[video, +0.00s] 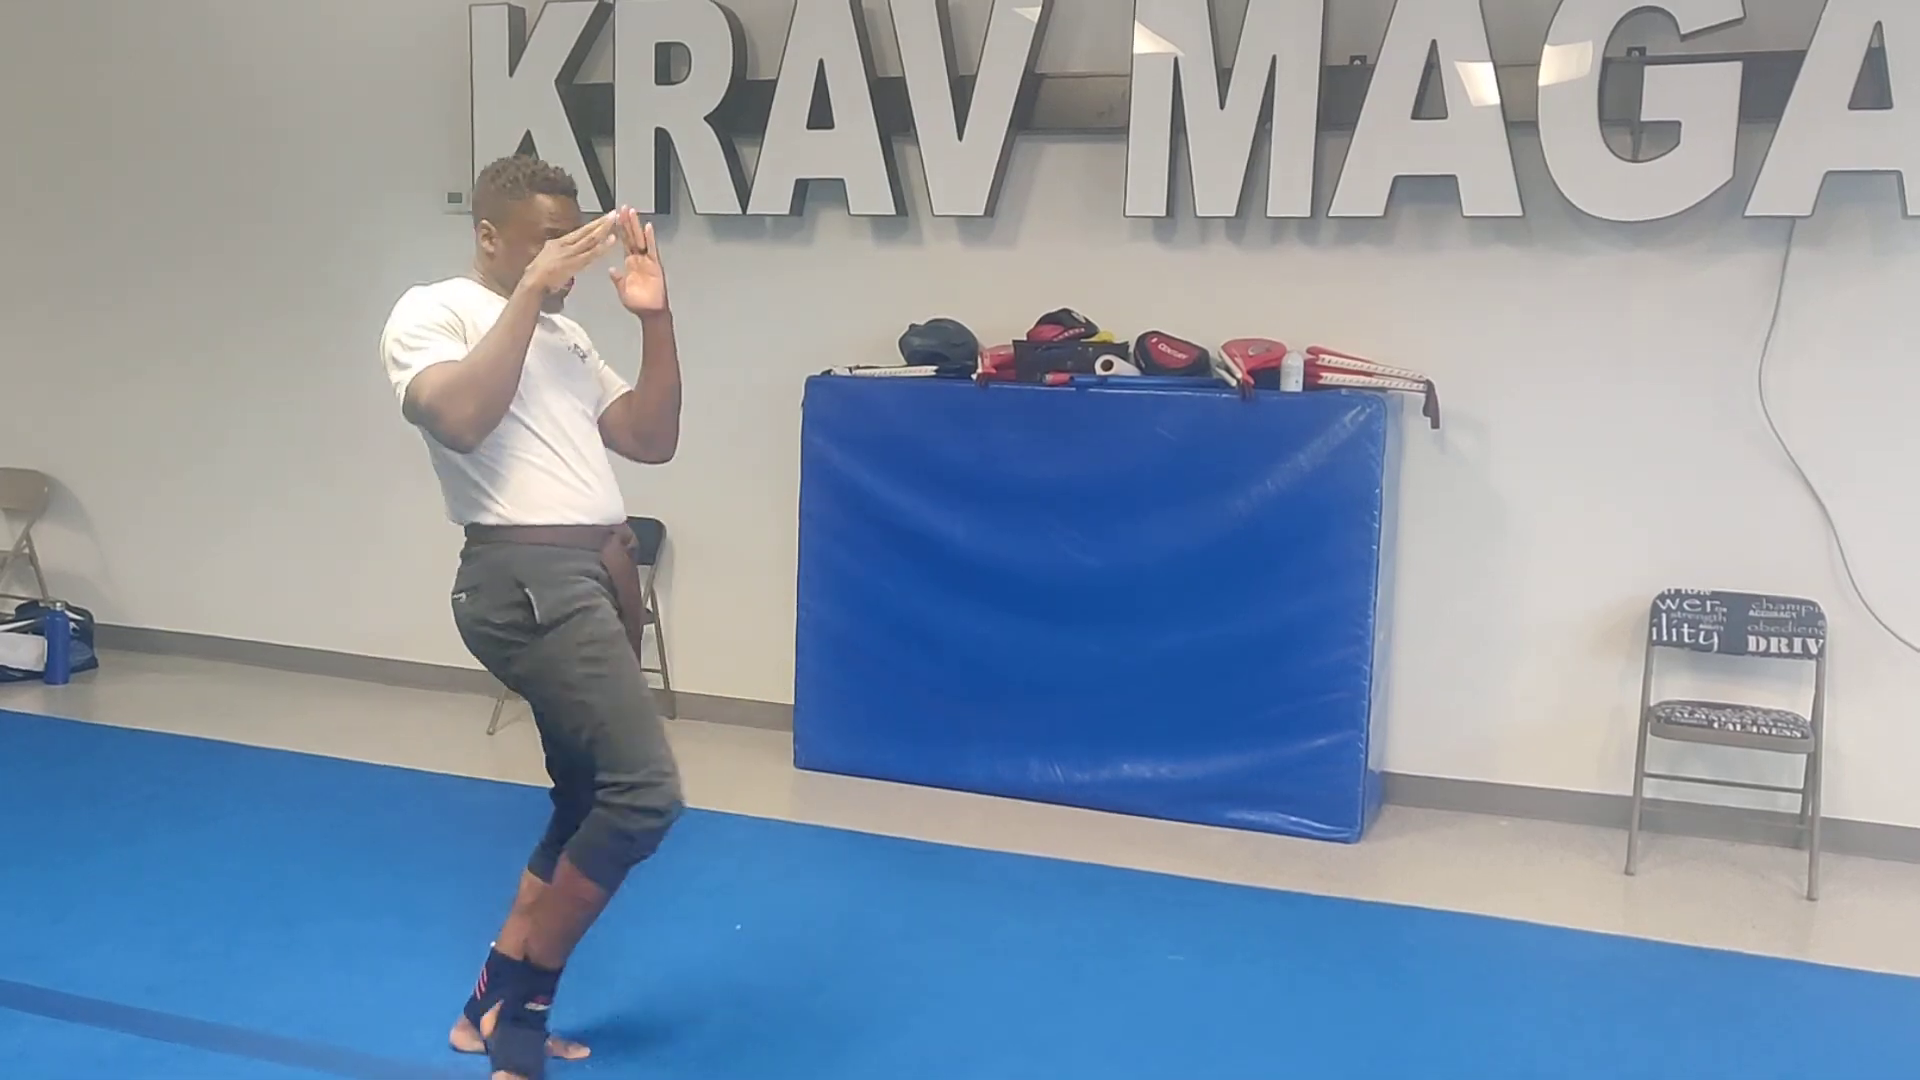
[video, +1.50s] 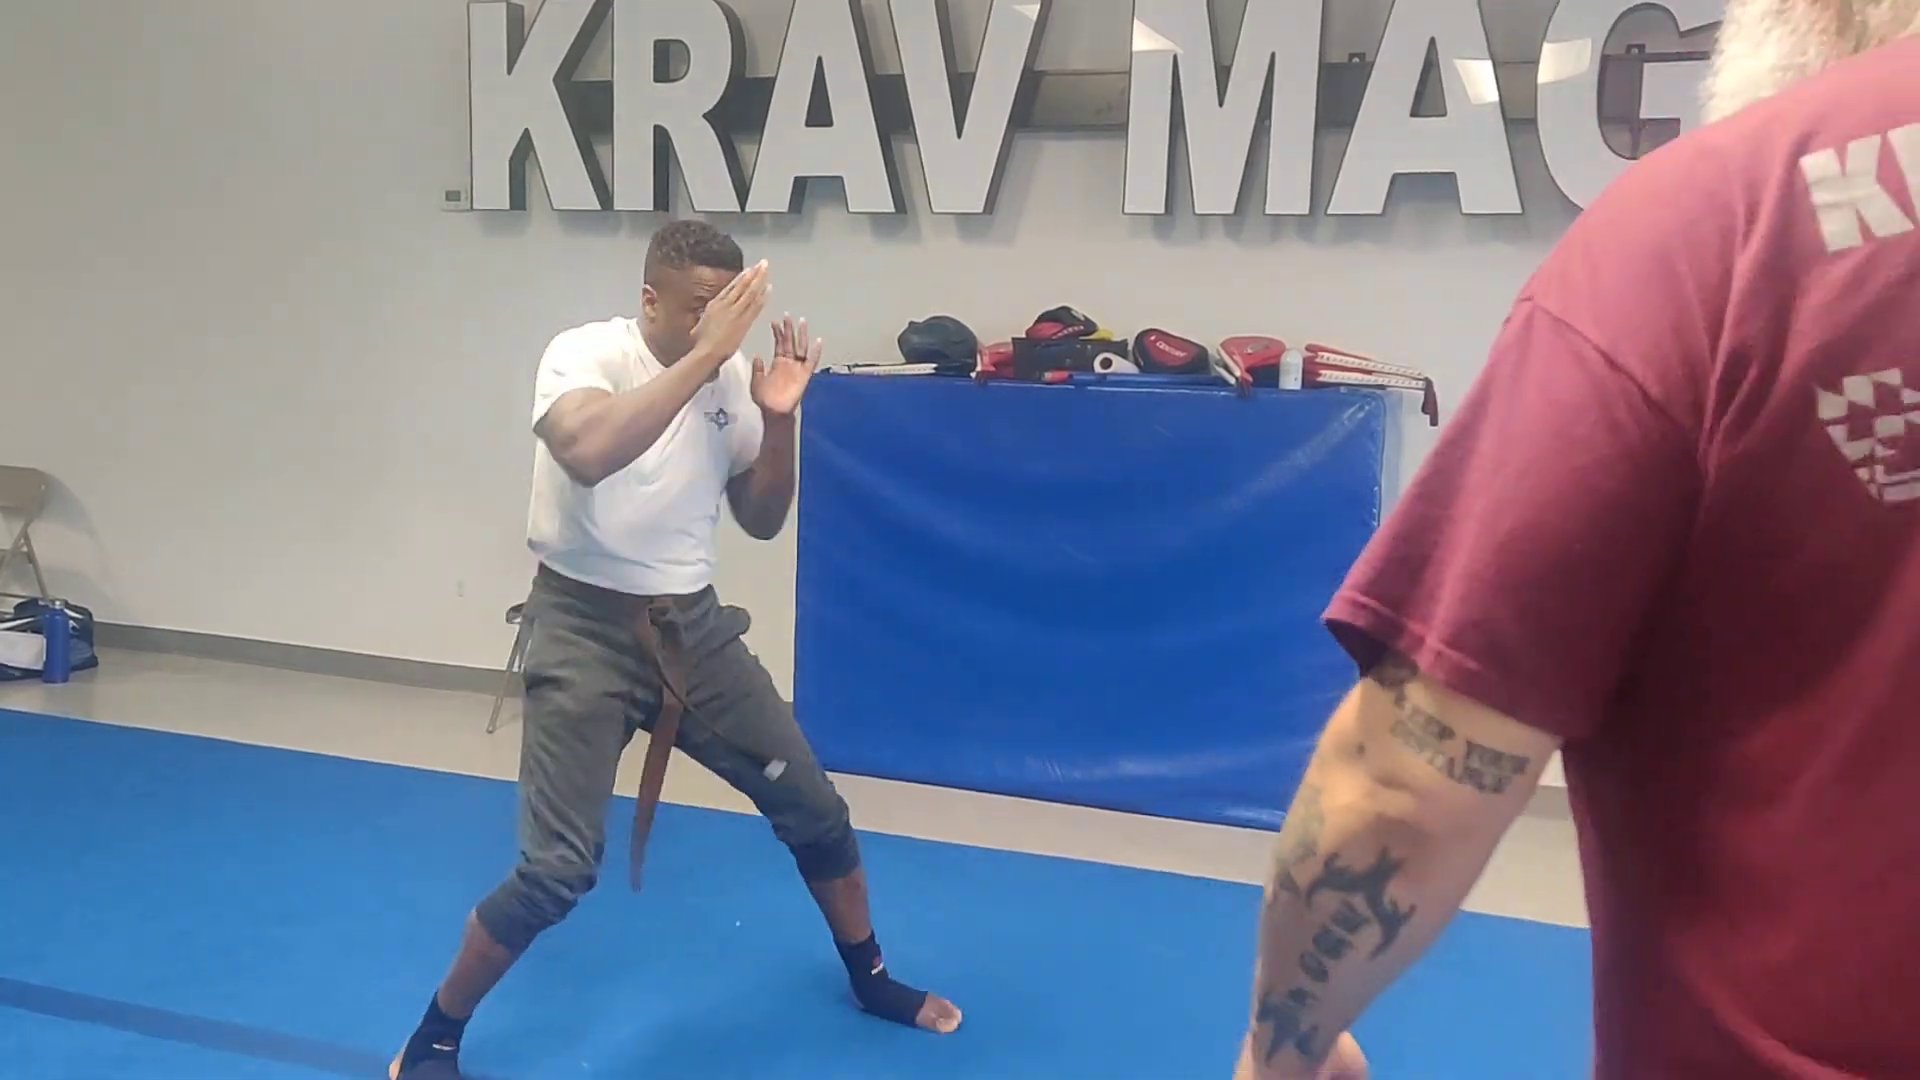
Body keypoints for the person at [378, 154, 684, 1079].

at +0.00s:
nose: (557, 259)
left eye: (567, 242)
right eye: (541, 243)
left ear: (572, 240)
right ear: (484, 234)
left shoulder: (562, 331)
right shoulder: (428, 313)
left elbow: (651, 440)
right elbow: (458, 421)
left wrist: (654, 324)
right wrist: (533, 294)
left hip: (598, 570)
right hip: (528, 575)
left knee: (589, 799)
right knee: (639, 795)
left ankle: (496, 996)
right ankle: (521, 1008)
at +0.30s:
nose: (580, 276)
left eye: (595, 260)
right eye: (563, 258)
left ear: (609, 246)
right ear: (514, 246)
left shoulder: (621, 315)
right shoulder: (453, 299)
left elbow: (683, 458)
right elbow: (414, 432)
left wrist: (667, 329)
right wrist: (512, 301)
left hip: (605, 587)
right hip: (493, 589)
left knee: (715, 787)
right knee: (514, 859)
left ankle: (679, 960)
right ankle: (441, 1058)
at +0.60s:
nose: (703, 294)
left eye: (708, 278)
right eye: (694, 275)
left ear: (683, 281)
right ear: (642, 264)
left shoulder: (666, 371)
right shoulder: (584, 329)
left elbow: (708, 459)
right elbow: (537, 310)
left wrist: (744, 359)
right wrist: (691, 288)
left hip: (646, 609)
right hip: (579, 606)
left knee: (747, 777)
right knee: (600, 872)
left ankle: (732, 971)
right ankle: (432, 1055)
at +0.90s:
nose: (732, 324)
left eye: (732, 308)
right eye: (726, 308)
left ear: (639, 290)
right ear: (679, 292)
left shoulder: (536, 357)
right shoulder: (728, 359)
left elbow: (578, 467)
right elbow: (854, 401)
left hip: (572, 631)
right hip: (659, 636)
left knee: (746, 764)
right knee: (626, 880)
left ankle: (733, 970)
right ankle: (434, 1059)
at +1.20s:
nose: (736, 286)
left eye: (733, 266)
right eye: (733, 266)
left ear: (655, 253)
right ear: (706, 256)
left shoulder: (587, 318)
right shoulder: (680, 308)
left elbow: (637, 431)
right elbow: (763, 234)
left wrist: (723, 390)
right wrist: (847, 281)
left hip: (597, 584)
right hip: (628, 599)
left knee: (748, 781)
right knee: (621, 860)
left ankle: (736, 974)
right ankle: (418, 1017)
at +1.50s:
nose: (714, 319)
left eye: (726, 305)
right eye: (699, 302)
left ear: (741, 305)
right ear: (650, 296)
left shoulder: (731, 378)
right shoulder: (581, 356)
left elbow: (763, 519)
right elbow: (587, 452)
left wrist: (778, 420)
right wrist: (706, 355)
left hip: (693, 622)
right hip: (581, 622)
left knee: (814, 806)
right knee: (557, 870)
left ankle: (871, 980)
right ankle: (432, 1044)